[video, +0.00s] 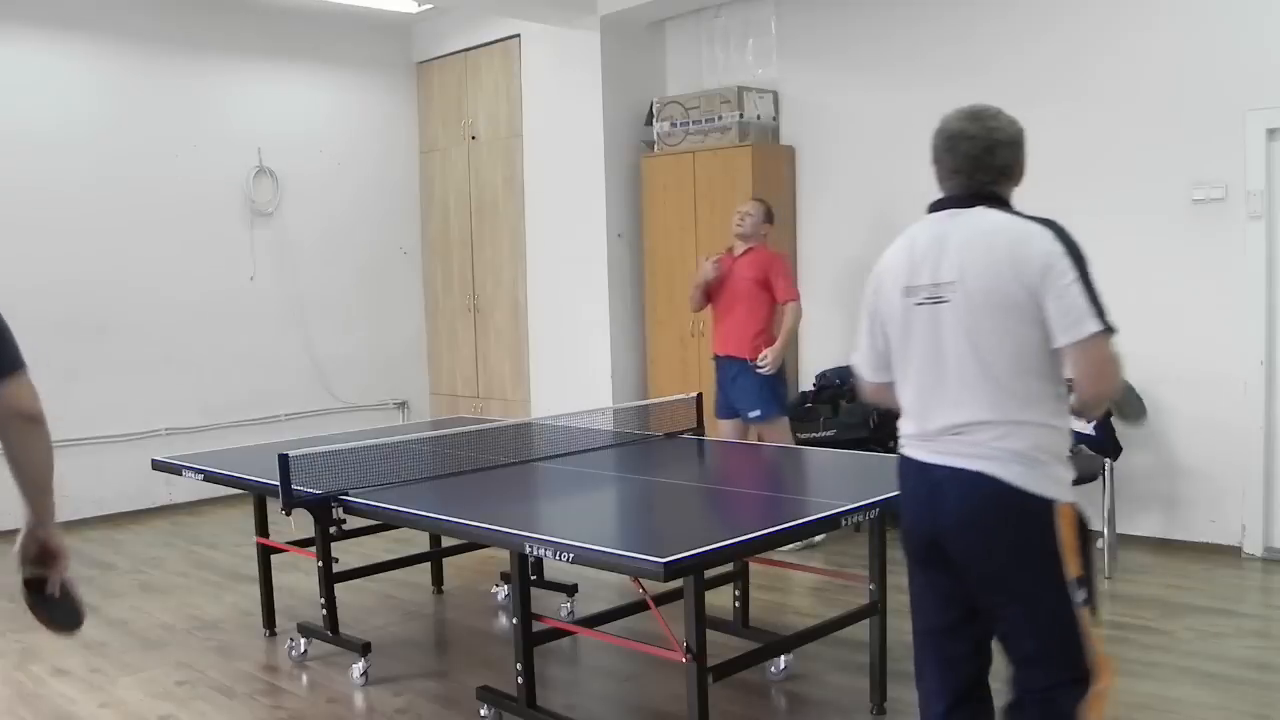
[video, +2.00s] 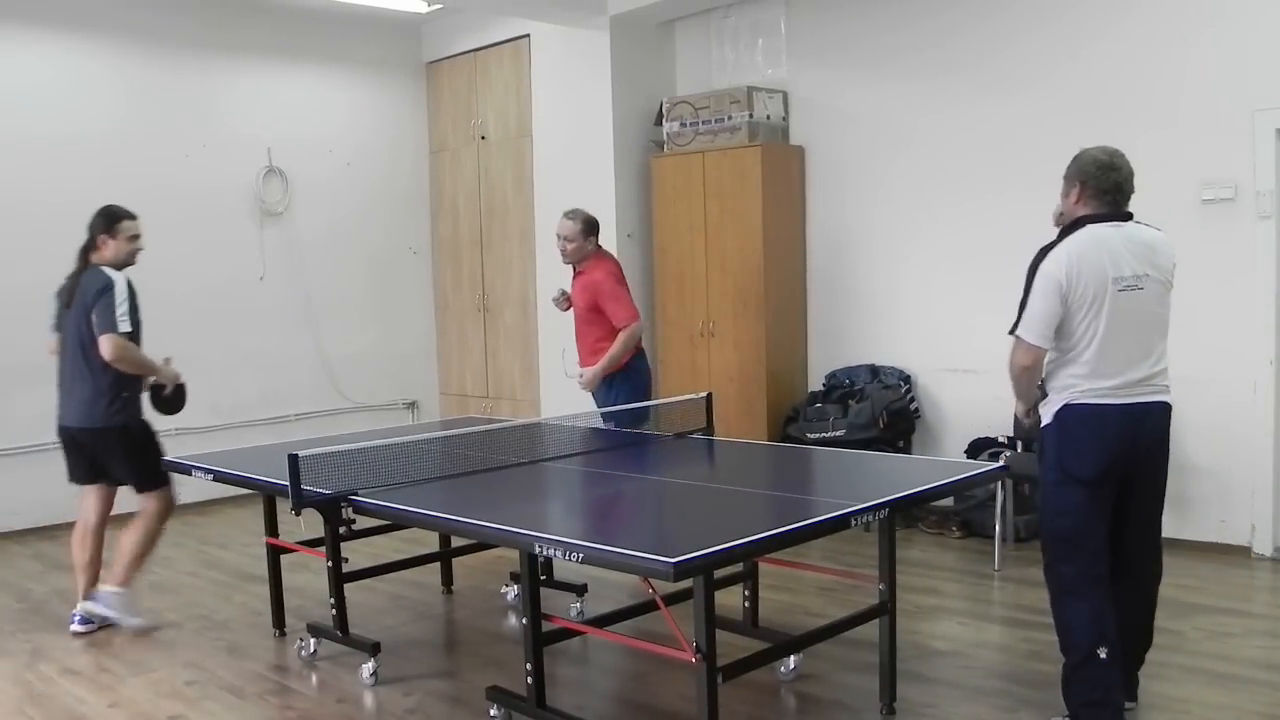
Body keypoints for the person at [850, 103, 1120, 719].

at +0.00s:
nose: (1024, 167)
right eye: (1020, 158)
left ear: (941, 168)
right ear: (1016, 168)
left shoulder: (897, 255)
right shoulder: (1039, 243)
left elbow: (875, 387)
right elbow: (1098, 384)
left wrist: (944, 393)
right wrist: (1083, 399)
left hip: (921, 490)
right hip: (1010, 497)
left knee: (947, 681)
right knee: (1055, 676)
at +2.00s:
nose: (1060, 202)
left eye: (1064, 192)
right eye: (1063, 191)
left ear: (1079, 193)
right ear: (1123, 196)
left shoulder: (1063, 255)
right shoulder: (1161, 247)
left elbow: (1026, 359)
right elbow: (1139, 327)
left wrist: (1027, 407)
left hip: (1080, 425)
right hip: (1150, 423)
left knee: (1075, 566)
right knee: (1137, 554)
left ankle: (1094, 706)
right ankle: (1123, 682)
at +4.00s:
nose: (1016, 215)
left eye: (1024, 207)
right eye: (1014, 208)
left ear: (1057, 208)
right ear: (1035, 212)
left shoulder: (1090, 251)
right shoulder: (1036, 259)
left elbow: (1132, 319)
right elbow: (1039, 324)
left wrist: (1122, 397)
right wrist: (1002, 364)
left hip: (1104, 411)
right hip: (1055, 412)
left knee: (1122, 525)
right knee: (1066, 520)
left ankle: (1142, 644)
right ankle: (1062, 613)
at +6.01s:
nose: (1090, 228)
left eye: (1096, 216)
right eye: (1088, 217)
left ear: (1135, 206)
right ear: (1121, 211)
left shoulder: (1185, 258)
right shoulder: (1118, 259)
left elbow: (1239, 337)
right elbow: (1127, 332)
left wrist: (1160, 382)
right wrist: (1071, 337)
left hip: (1176, 438)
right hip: (1118, 432)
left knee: (1183, 572)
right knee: (1134, 555)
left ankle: (1191, 709)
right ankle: (1150, 655)